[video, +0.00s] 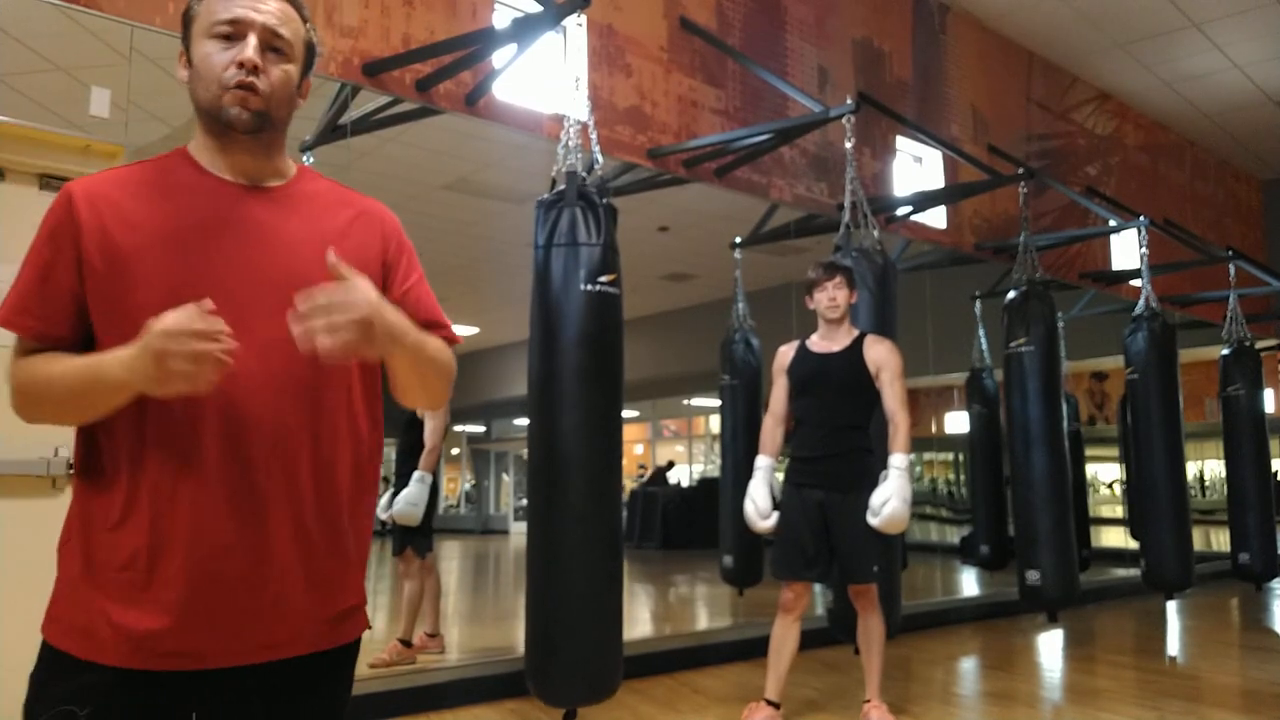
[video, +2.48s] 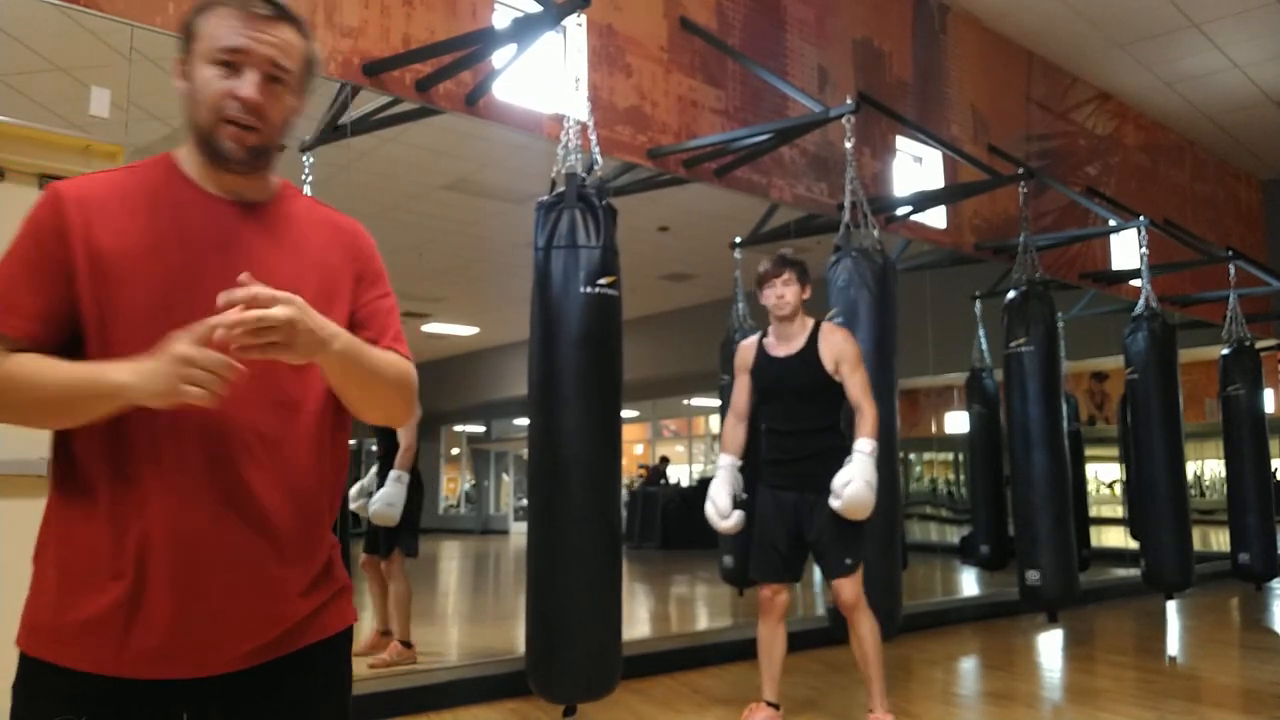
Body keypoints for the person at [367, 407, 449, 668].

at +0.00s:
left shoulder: (434, 402)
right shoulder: (415, 408)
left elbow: (433, 447)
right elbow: (405, 457)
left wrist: (418, 486)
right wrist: (393, 492)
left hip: (416, 486)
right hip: (407, 485)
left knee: (408, 564)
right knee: (425, 564)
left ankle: (404, 642)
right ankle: (432, 633)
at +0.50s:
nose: (402, 374)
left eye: (405, 368)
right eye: (402, 369)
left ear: (421, 369)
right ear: (421, 370)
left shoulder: (433, 401)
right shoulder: (421, 402)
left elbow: (431, 448)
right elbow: (409, 452)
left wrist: (417, 488)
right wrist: (393, 490)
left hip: (419, 484)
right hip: (411, 483)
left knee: (409, 562)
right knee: (424, 562)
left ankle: (404, 641)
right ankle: (431, 634)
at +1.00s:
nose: (403, 375)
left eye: (406, 369)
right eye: (403, 369)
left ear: (422, 369)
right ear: (421, 370)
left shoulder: (435, 403)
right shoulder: (421, 403)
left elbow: (433, 450)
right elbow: (409, 452)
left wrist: (418, 489)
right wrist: (394, 490)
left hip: (419, 485)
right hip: (411, 484)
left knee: (409, 564)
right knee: (425, 563)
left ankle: (404, 641)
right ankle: (430, 634)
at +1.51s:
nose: (398, 372)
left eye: (402, 366)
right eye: (399, 367)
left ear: (419, 369)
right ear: (415, 370)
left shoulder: (437, 402)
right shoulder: (411, 403)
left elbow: (439, 449)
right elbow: (406, 454)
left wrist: (425, 489)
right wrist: (391, 491)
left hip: (421, 484)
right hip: (407, 482)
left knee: (405, 564)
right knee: (424, 563)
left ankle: (403, 641)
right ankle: (432, 634)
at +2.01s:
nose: (393, 377)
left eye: (396, 370)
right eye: (391, 372)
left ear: (407, 370)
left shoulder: (425, 399)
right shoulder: (399, 403)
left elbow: (432, 450)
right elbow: (396, 457)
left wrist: (421, 488)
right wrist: (380, 490)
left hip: (412, 486)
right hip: (396, 485)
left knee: (400, 563)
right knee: (412, 564)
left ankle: (402, 642)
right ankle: (430, 632)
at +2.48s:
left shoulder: (404, 393)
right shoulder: (380, 394)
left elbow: (408, 445)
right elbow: (385, 451)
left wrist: (396, 484)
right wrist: (368, 482)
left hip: (401, 479)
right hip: (384, 478)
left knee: (393, 563)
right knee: (370, 562)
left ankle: (403, 644)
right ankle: (383, 632)